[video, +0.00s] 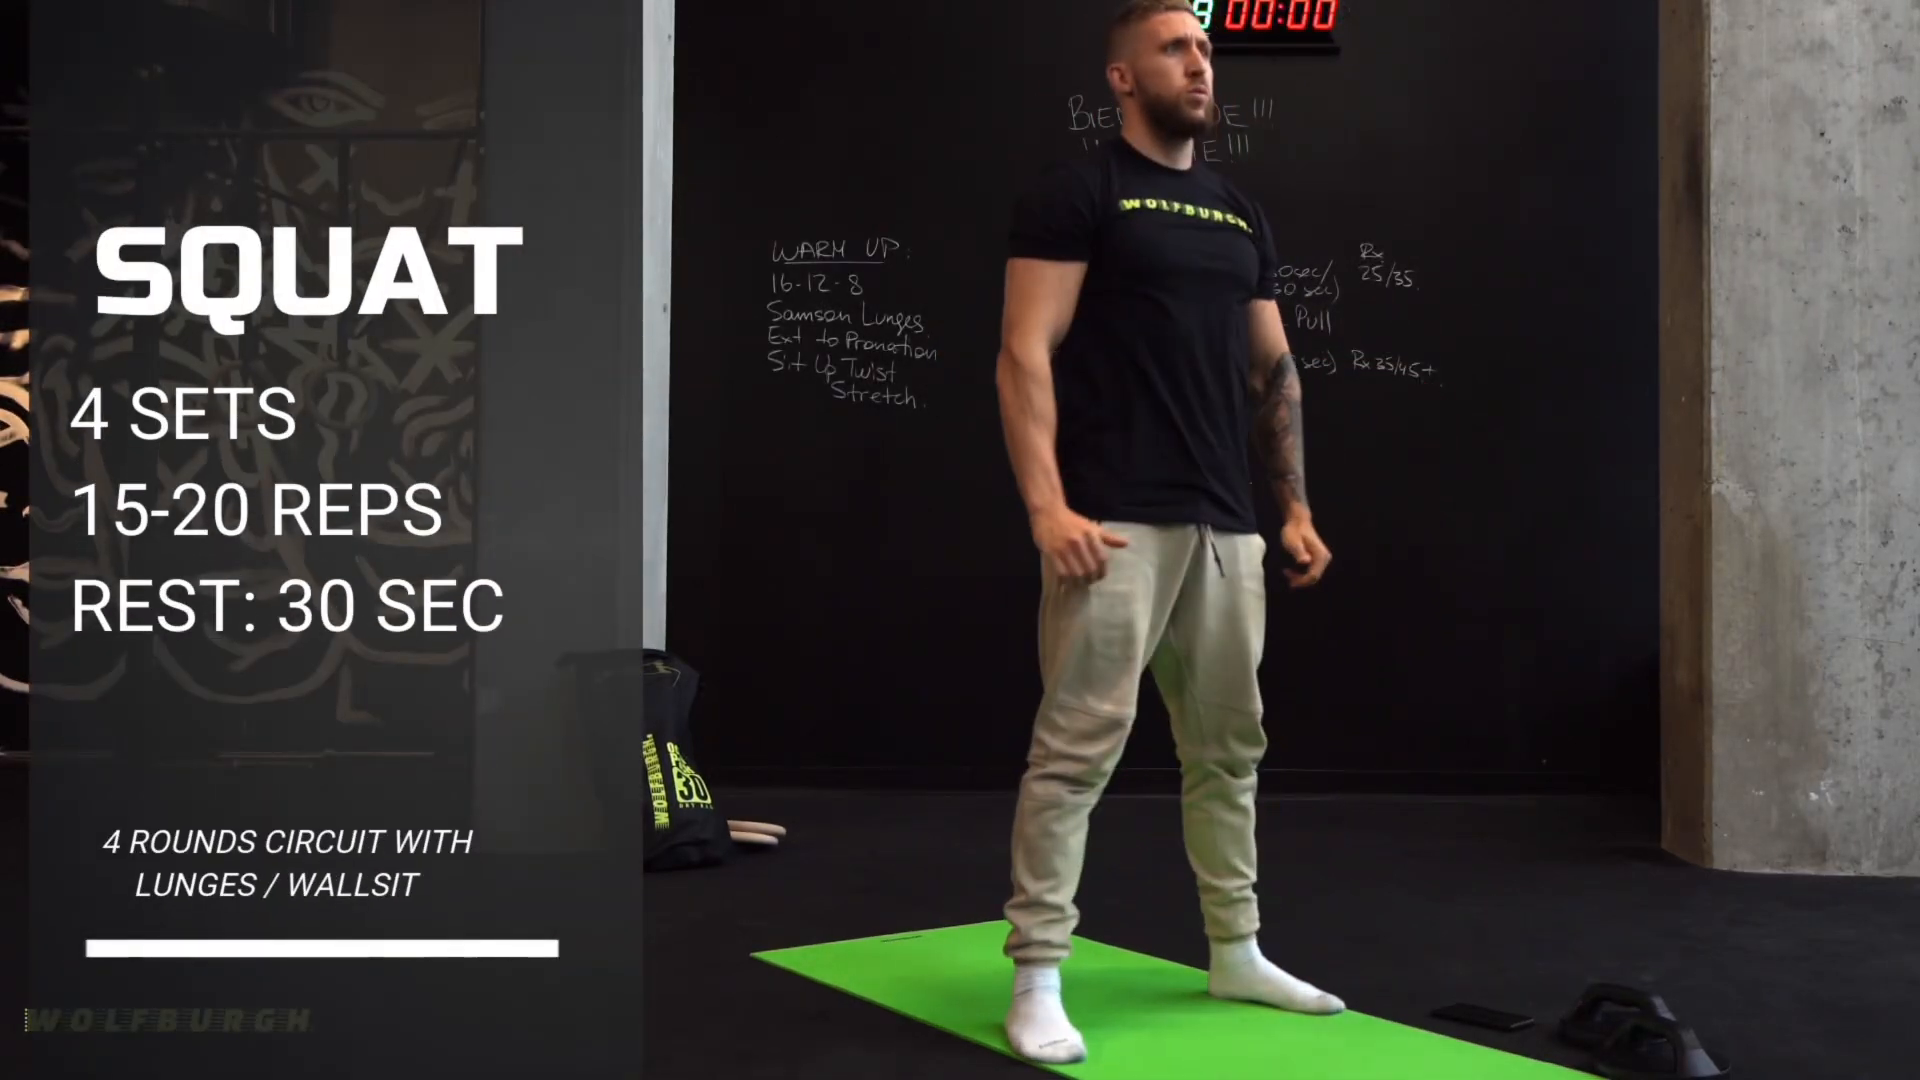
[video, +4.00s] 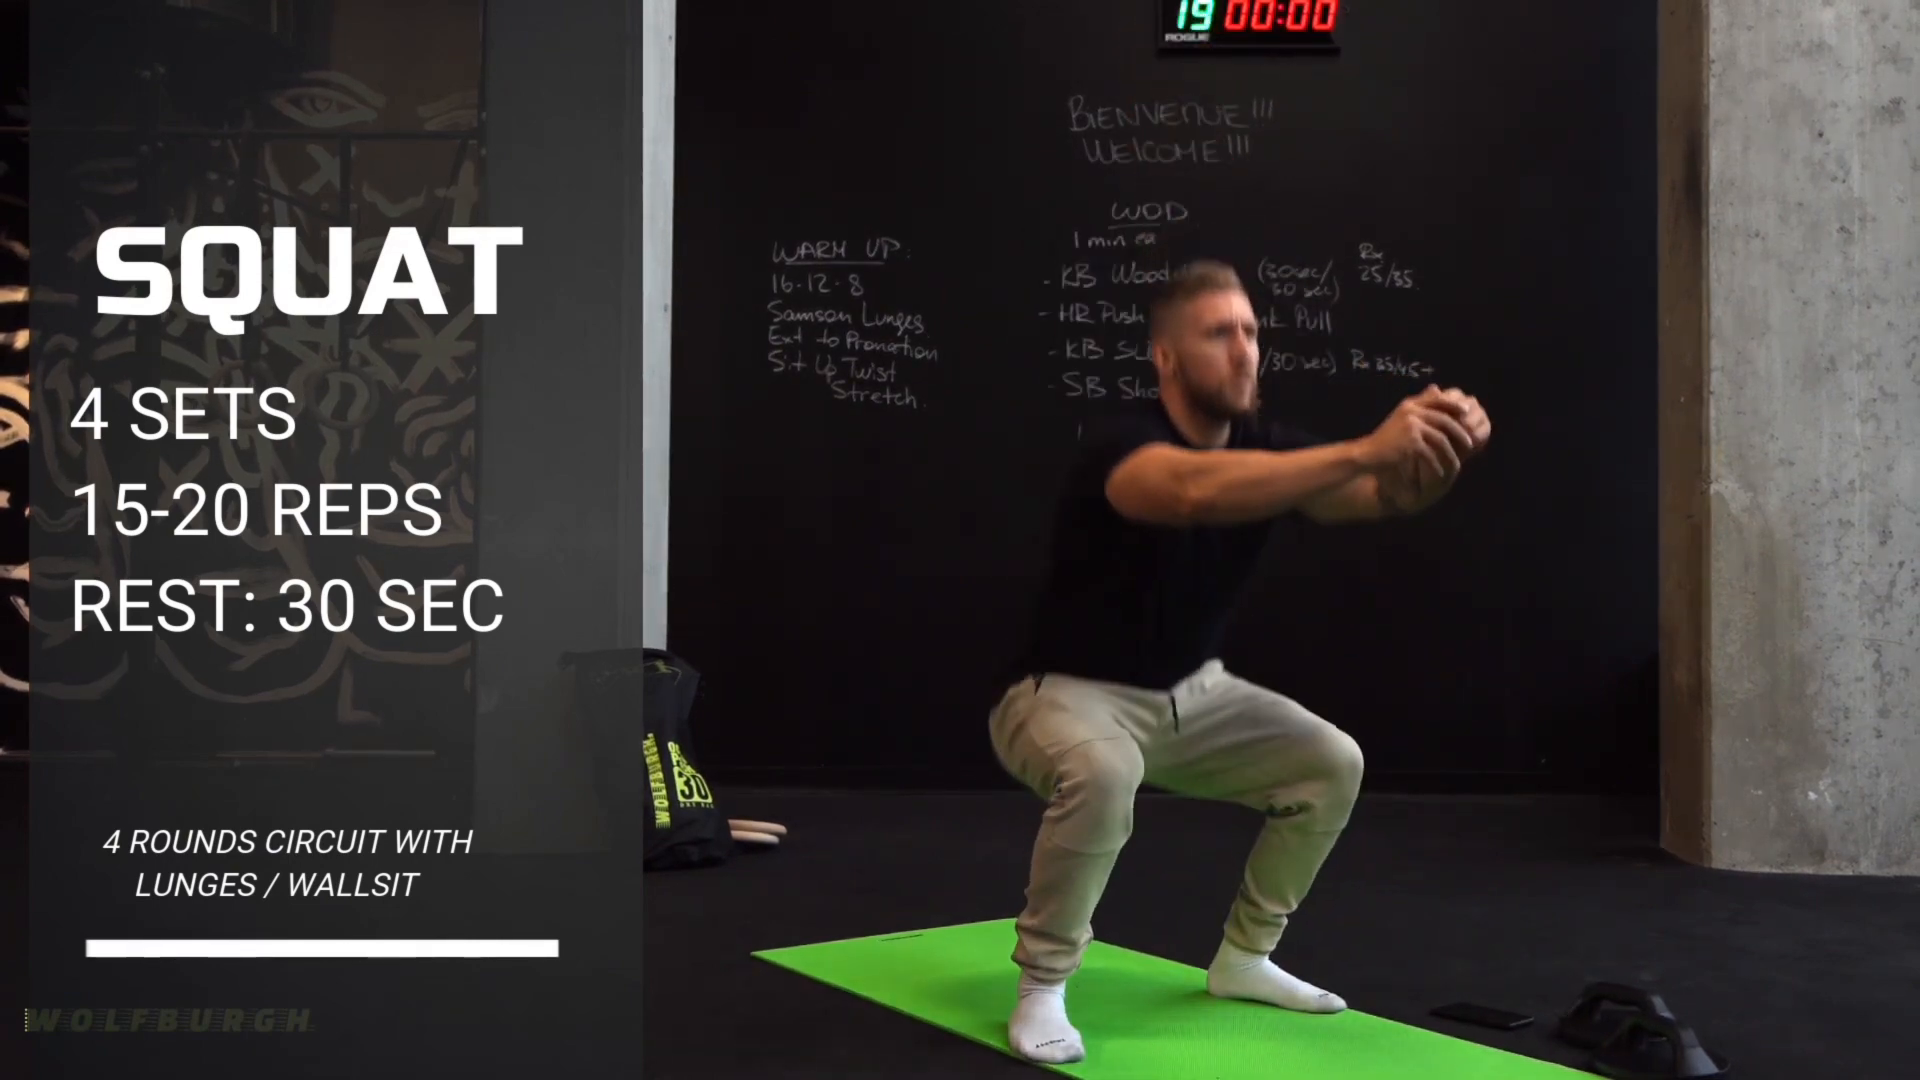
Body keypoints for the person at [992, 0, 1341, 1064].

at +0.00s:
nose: (1199, 64)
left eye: (1204, 49)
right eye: (1175, 50)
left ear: (1212, 75)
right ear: (1121, 77)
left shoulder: (1235, 206)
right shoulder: (1076, 193)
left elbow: (1274, 368)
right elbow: (1024, 357)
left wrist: (1292, 501)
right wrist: (1047, 508)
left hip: (1227, 525)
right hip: (1111, 520)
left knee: (1228, 746)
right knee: (1076, 749)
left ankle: (1236, 956)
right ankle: (1038, 977)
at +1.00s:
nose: (1250, 413)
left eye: (1255, 395)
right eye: (1226, 397)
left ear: (1266, 409)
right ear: (1170, 421)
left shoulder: (1265, 513)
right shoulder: (1129, 507)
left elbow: (1391, 553)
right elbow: (1201, 546)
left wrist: (1440, 513)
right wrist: (1375, 491)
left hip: (1185, 732)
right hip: (1064, 728)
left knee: (1330, 764)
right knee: (1111, 776)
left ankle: (1243, 960)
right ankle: (1044, 989)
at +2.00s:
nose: (1226, 120)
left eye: (1231, 105)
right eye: (1201, 104)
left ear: (1238, 128)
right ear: (1145, 127)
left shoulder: (1253, 260)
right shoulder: (1097, 242)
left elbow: (1331, 377)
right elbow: (1101, 377)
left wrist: (1388, 452)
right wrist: (1242, 455)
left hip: (1215, 562)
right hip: (1094, 558)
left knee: (1291, 748)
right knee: (1096, 762)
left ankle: (1241, 958)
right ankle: (1041, 981)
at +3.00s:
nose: (1232, 198)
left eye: (1236, 181)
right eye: (1208, 183)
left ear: (1245, 198)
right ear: (1154, 204)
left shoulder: (1254, 315)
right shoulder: (1105, 303)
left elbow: (1350, 391)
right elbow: (1158, 412)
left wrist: (1426, 431)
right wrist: (1309, 444)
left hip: (1208, 601)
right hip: (1090, 603)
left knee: (1321, 758)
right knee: (1113, 767)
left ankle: (1243, 959)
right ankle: (1044, 984)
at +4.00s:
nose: (1244, 350)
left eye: (1251, 333)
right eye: (1220, 335)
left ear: (1259, 349)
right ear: (1165, 358)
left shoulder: (1262, 453)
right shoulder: (1119, 448)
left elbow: (1387, 495)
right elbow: (1196, 492)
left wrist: (1446, 453)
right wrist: (1366, 453)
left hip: (1192, 699)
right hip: (1072, 695)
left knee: (1330, 766)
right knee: (1102, 779)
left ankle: (1242, 963)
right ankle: (1043, 989)